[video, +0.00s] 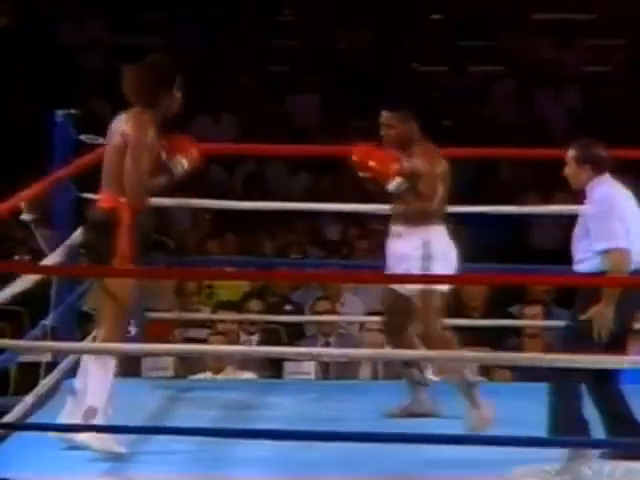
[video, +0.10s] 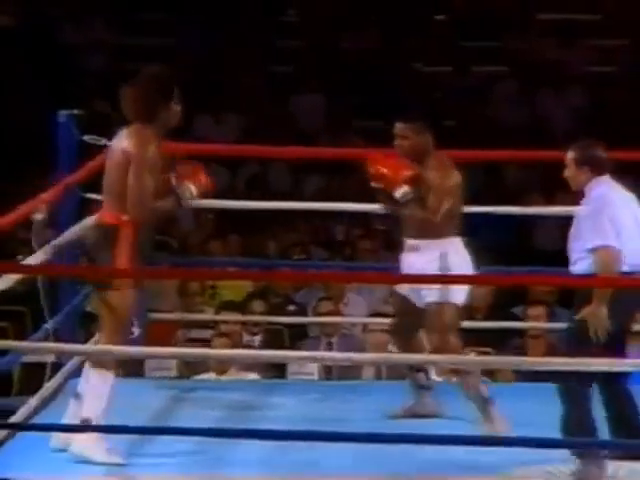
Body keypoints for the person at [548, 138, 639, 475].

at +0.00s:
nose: (565, 171)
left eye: (569, 164)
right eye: (566, 164)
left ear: (587, 167)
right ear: (591, 167)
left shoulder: (605, 195)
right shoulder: (604, 193)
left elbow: (618, 254)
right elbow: (615, 252)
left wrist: (608, 302)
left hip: (605, 293)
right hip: (607, 291)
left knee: (564, 360)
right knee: (598, 371)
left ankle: (576, 445)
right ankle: (627, 443)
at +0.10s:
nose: (565, 173)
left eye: (569, 166)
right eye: (566, 166)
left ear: (585, 168)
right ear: (595, 168)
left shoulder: (597, 197)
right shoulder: (620, 193)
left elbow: (607, 253)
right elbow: (624, 251)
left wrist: (599, 301)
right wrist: (624, 304)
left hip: (609, 293)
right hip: (626, 291)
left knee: (570, 368)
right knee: (611, 371)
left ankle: (587, 453)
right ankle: (630, 444)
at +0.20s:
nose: (564, 171)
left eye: (567, 164)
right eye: (565, 164)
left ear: (581, 165)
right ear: (600, 163)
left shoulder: (585, 196)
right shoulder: (629, 191)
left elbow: (586, 247)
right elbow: (632, 245)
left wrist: (581, 293)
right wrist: (632, 304)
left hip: (604, 288)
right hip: (631, 285)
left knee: (576, 373)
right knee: (624, 369)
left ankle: (590, 460)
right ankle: (636, 441)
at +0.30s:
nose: (566, 167)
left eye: (568, 161)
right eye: (566, 161)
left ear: (580, 161)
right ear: (604, 158)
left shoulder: (582, 195)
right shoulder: (631, 187)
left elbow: (579, 249)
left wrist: (570, 293)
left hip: (601, 288)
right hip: (634, 286)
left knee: (579, 378)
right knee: (623, 372)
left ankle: (590, 463)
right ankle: (639, 447)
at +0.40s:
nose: (571, 168)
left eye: (571, 162)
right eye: (570, 162)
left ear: (581, 161)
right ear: (609, 157)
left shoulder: (582, 198)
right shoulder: (634, 186)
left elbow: (576, 255)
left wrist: (566, 298)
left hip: (600, 290)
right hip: (635, 287)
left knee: (586, 379)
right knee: (628, 376)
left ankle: (594, 464)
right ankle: (634, 452)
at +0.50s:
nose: (574, 172)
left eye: (574, 166)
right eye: (573, 166)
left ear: (582, 166)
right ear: (611, 162)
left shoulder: (580, 204)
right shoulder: (635, 190)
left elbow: (574, 262)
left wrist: (566, 306)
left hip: (600, 295)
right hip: (636, 292)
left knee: (586, 378)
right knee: (629, 376)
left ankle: (593, 461)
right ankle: (633, 447)